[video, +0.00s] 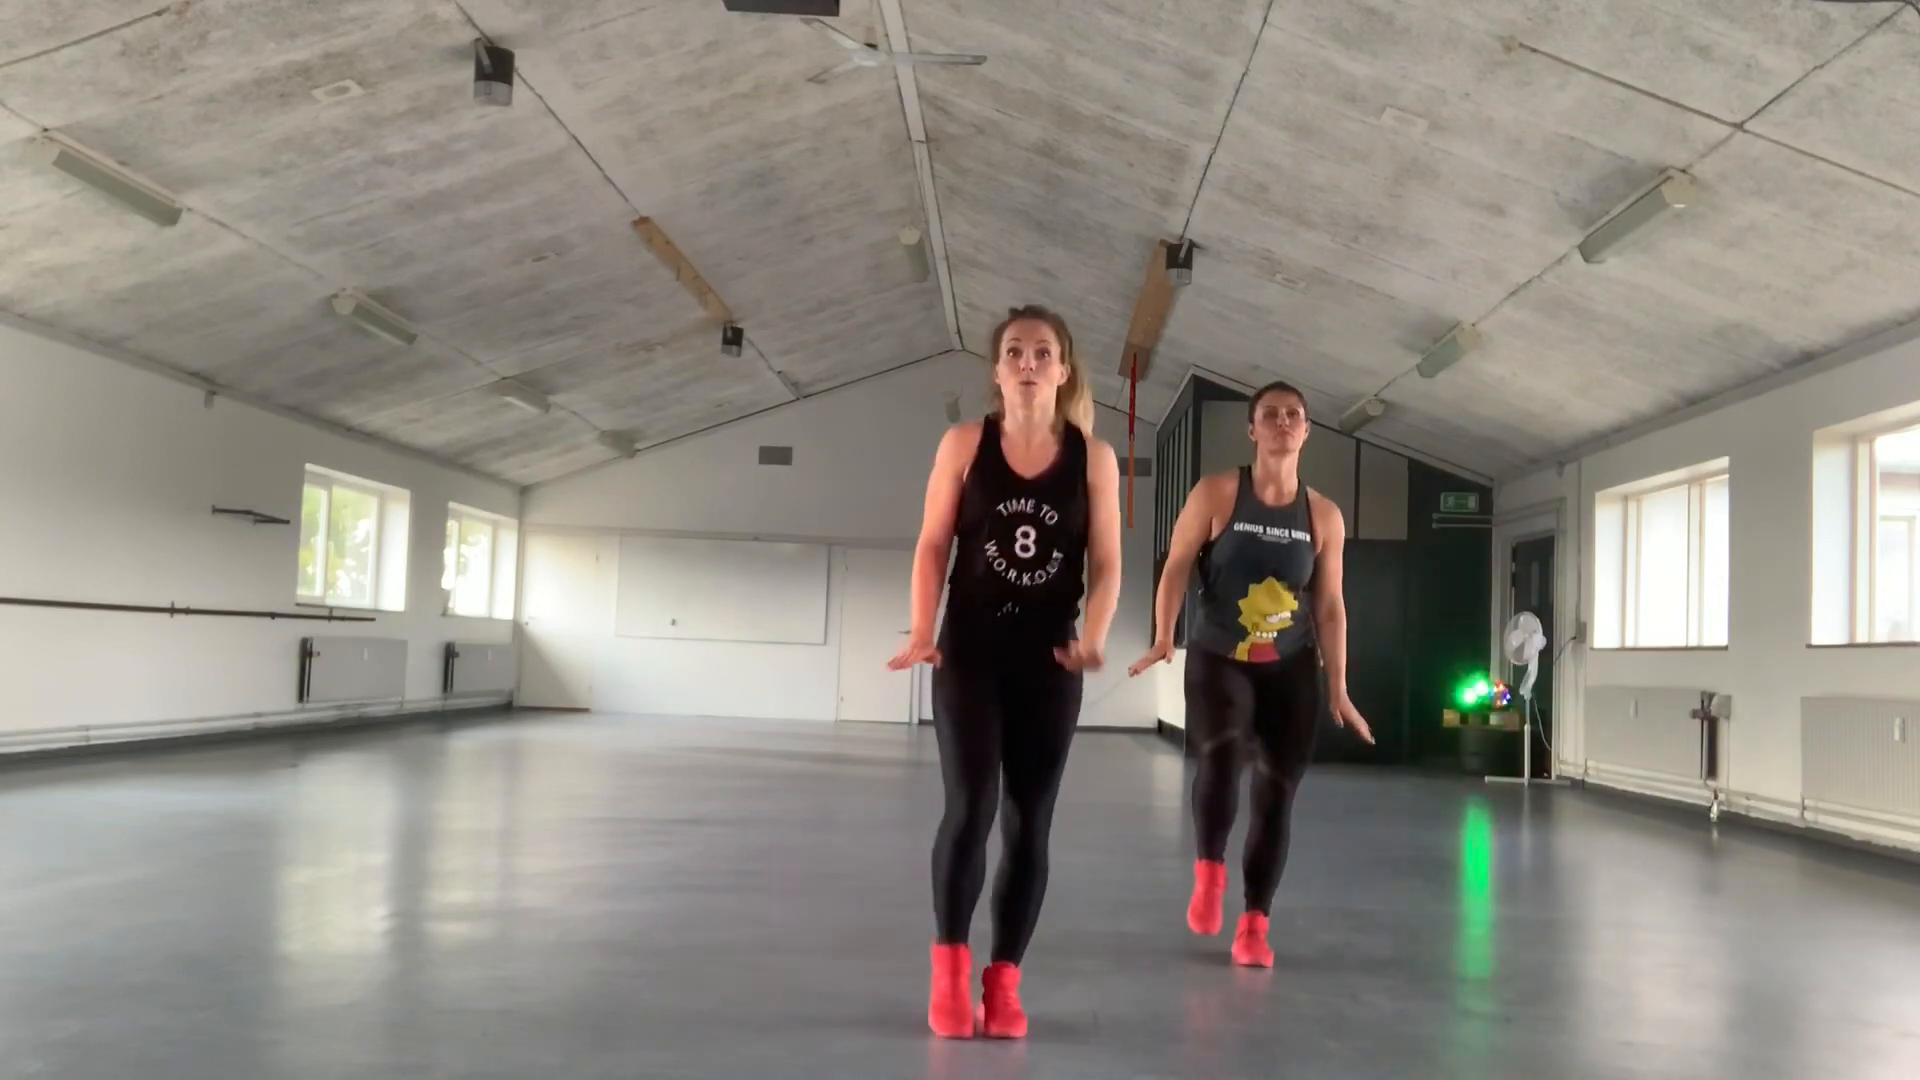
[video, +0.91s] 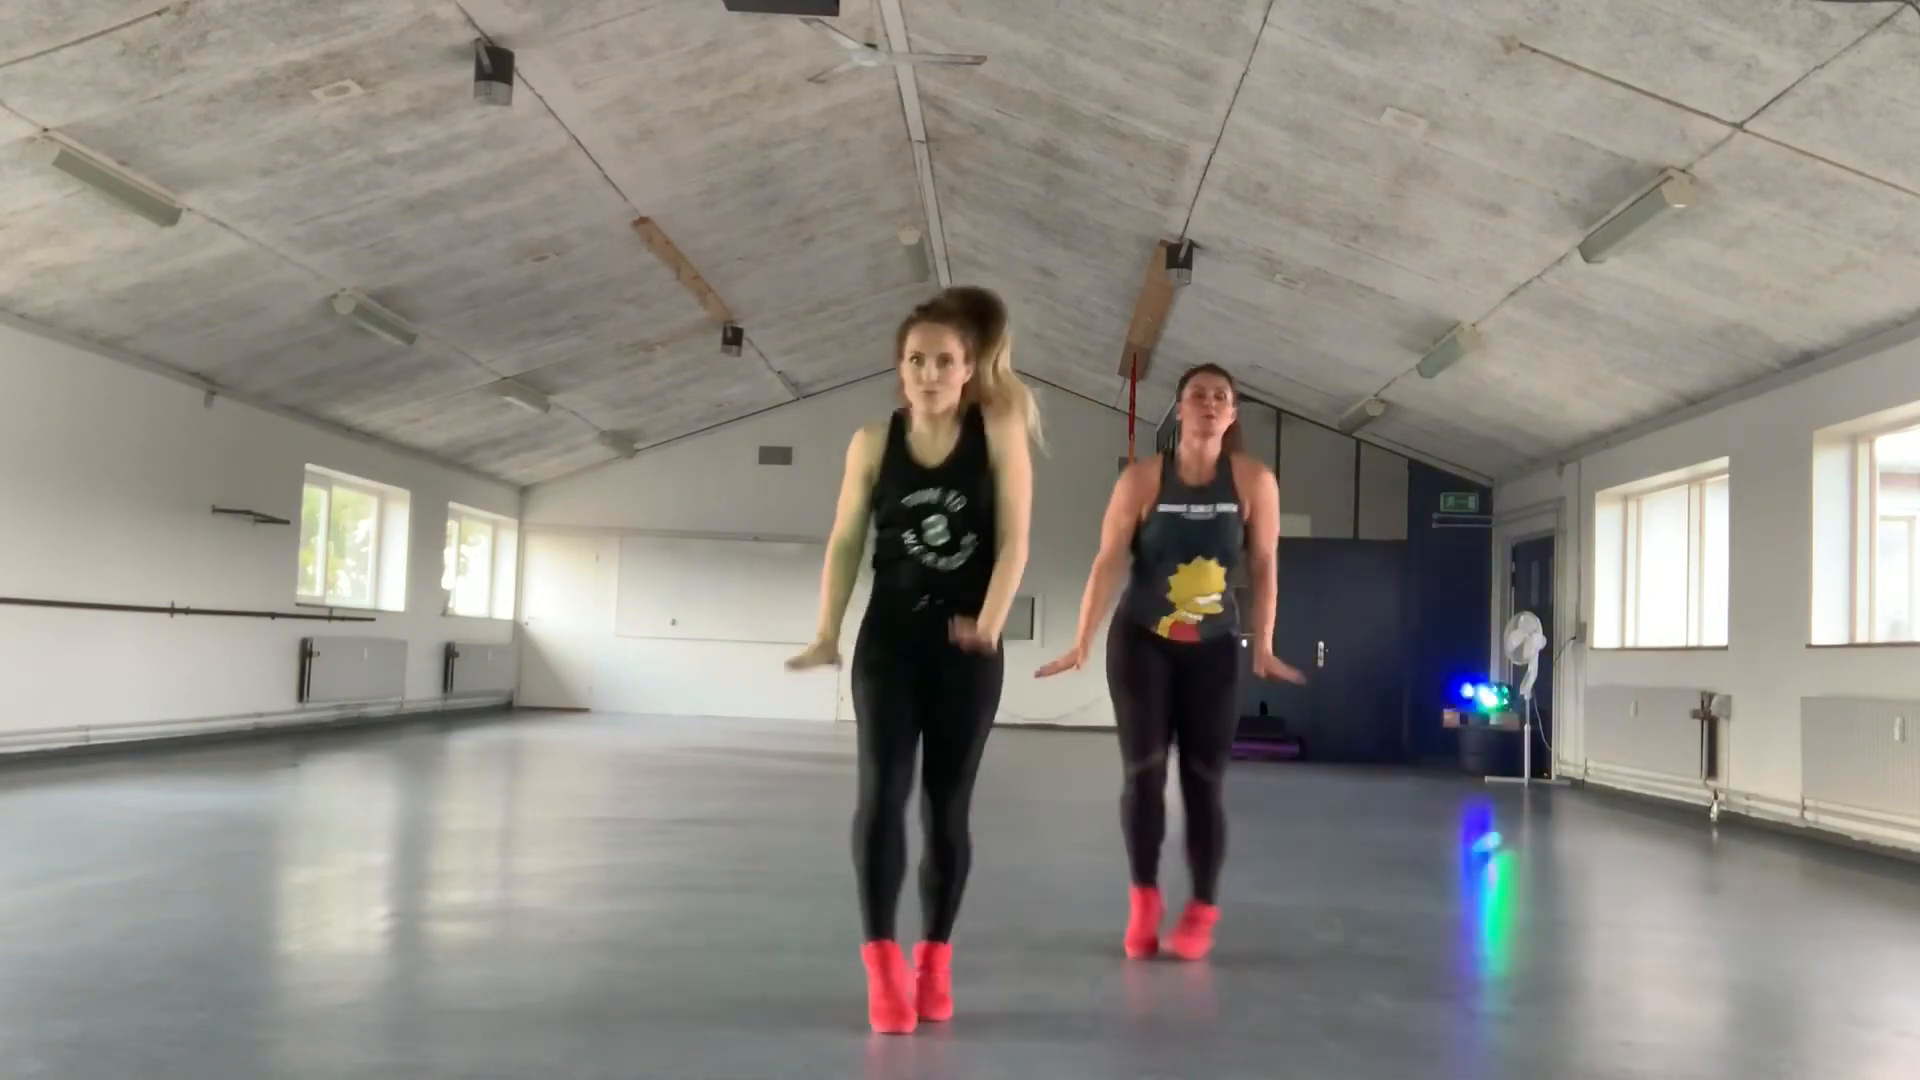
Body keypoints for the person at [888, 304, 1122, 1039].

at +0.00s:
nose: (1028, 363)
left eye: (1042, 353)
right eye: (1015, 351)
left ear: (1064, 368)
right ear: (996, 366)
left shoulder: (1094, 459)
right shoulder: (963, 445)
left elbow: (1107, 566)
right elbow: (933, 545)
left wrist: (1091, 639)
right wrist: (922, 631)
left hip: (1050, 656)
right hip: (970, 650)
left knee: (1029, 820)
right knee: (972, 806)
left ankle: (1005, 974)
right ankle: (950, 961)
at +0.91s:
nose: (927, 374)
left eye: (943, 360)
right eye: (916, 359)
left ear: (971, 368)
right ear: (899, 365)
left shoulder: (998, 438)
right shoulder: (873, 444)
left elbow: (1013, 541)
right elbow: (845, 543)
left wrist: (988, 626)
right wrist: (826, 633)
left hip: (966, 638)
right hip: (889, 634)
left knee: (945, 805)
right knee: (882, 796)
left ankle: (934, 955)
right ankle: (881, 956)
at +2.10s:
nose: (676, 384)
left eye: (693, 371)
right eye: (665, 368)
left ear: (723, 376)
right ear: (651, 370)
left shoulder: (740, 439)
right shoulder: (621, 413)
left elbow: (708, 530)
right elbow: (543, 428)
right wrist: (505, 508)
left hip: (705, 639)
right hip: (621, 641)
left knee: (767, 783)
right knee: (570, 793)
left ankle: (781, 947)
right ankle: (516, 946)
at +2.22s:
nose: (651, 389)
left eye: (668, 376)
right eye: (640, 374)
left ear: (699, 385)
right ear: (626, 379)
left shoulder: (709, 451)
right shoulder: (604, 428)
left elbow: (664, 541)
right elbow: (525, 428)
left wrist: (589, 605)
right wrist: (445, 453)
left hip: (672, 657)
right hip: (590, 651)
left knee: (746, 804)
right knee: (548, 806)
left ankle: (791, 958)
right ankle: (517, 956)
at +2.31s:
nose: (636, 394)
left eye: (653, 383)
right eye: (625, 381)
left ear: (680, 391)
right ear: (611, 386)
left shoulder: (691, 448)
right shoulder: (599, 457)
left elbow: (693, 551)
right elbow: (524, 493)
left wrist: (671, 648)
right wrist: (462, 451)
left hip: (652, 654)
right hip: (574, 650)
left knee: (724, 813)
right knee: (531, 805)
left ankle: (785, 962)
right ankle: (513, 957)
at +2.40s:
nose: (635, 395)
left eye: (651, 383)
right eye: (625, 381)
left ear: (679, 389)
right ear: (610, 386)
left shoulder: (692, 443)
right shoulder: (604, 470)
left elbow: (758, 521)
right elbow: (531, 543)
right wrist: (483, 467)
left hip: (653, 658)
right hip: (576, 649)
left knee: (713, 816)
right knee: (539, 800)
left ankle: (782, 959)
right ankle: (513, 956)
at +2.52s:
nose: (654, 374)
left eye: (670, 363)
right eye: (643, 361)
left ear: (695, 380)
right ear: (626, 375)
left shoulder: (717, 438)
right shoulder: (603, 456)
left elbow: (825, 457)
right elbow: (602, 556)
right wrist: (571, 481)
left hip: (691, 658)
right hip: (621, 652)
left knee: (724, 811)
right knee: (542, 794)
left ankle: (776, 965)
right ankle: (520, 954)